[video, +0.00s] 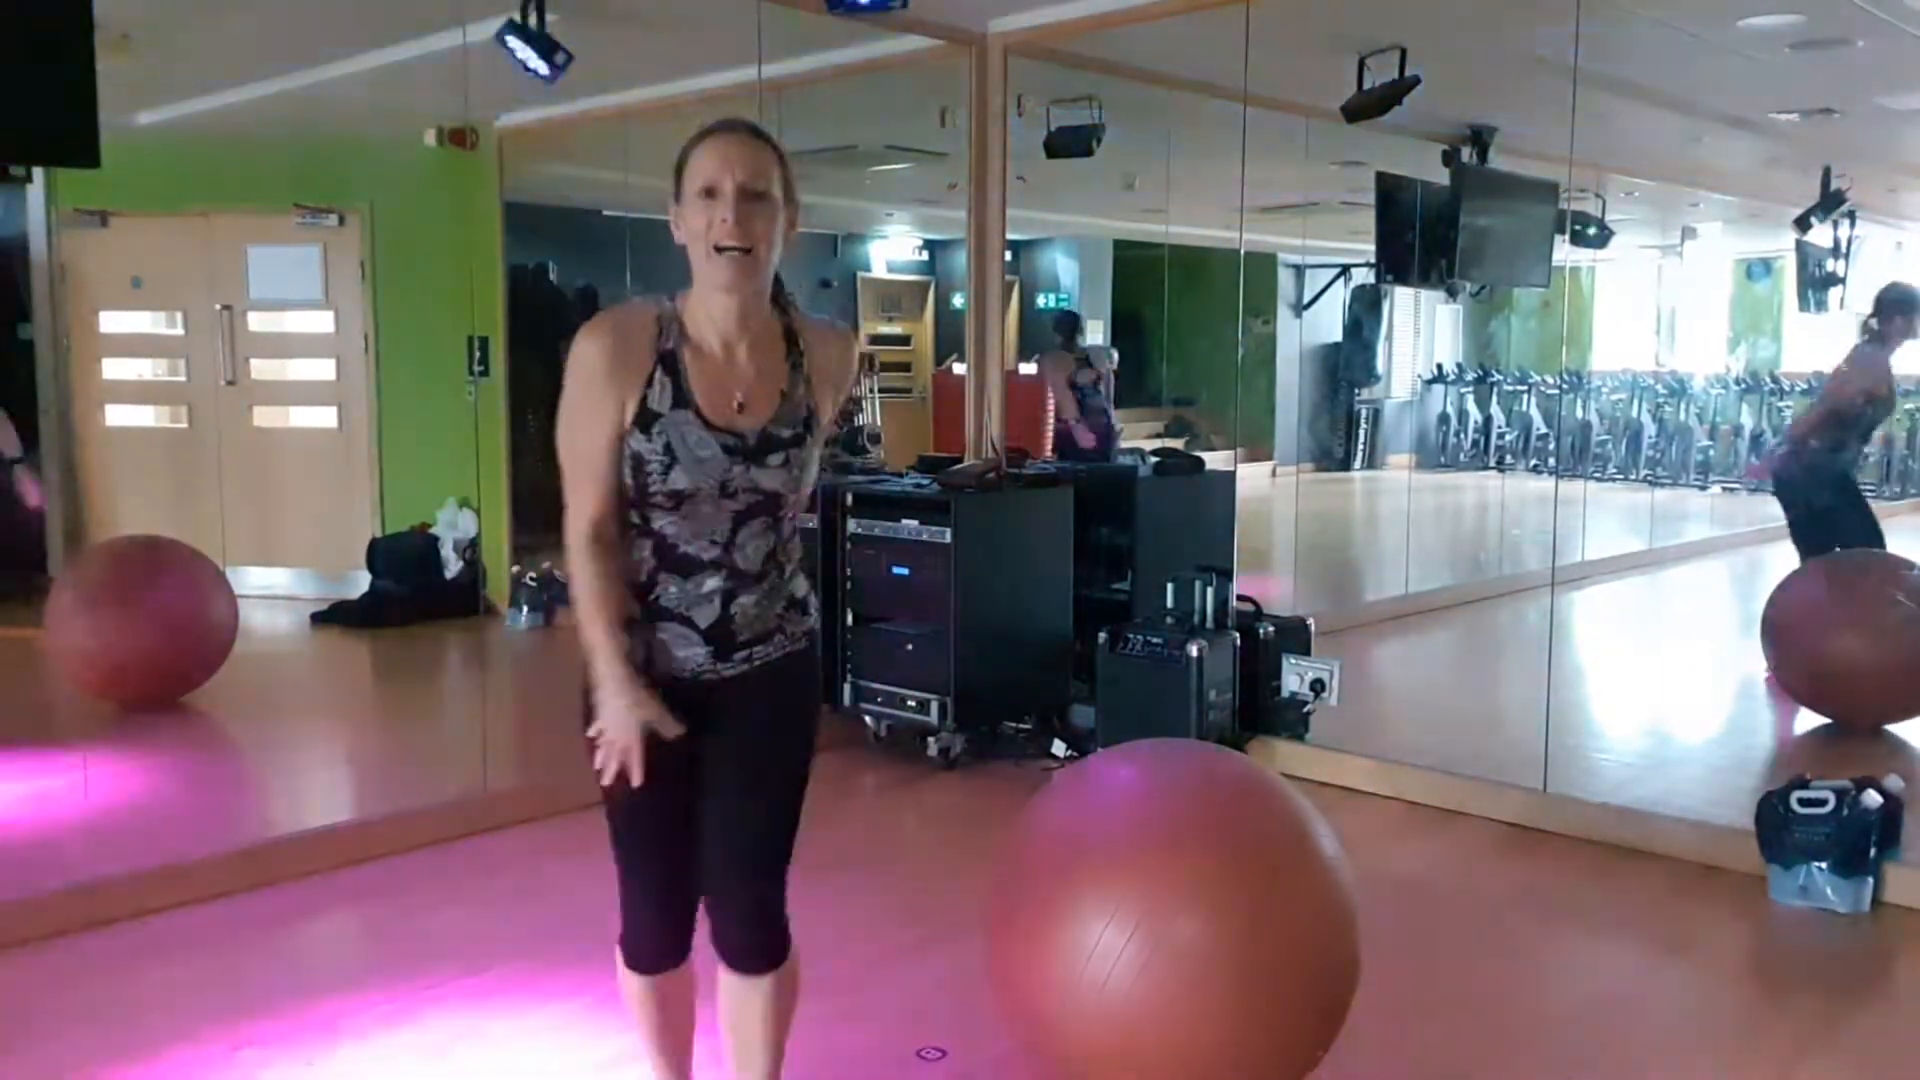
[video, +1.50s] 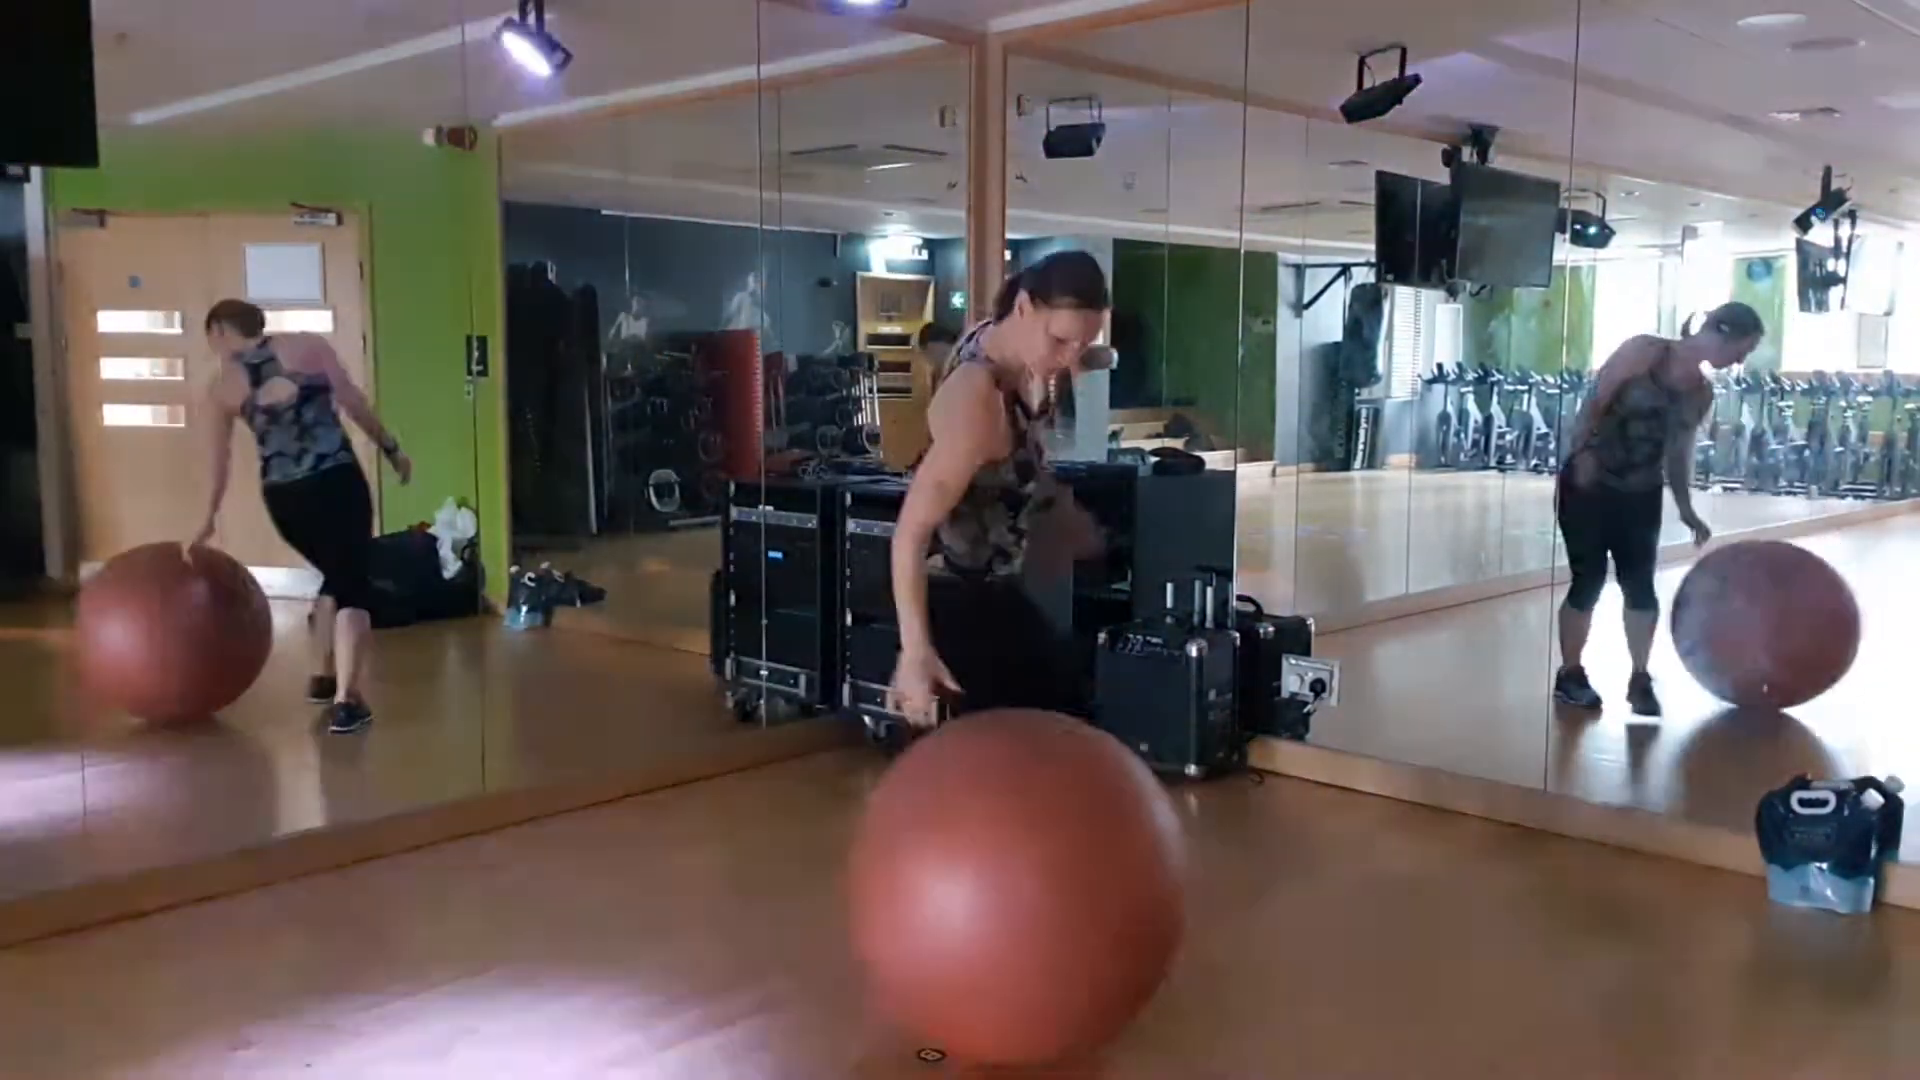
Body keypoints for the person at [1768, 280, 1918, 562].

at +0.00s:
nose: (1917, 325)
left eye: (1916, 316)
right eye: (1914, 317)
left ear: (1891, 321)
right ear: (1896, 321)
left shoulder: (1866, 355)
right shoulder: (1874, 359)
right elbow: (1834, 405)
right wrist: (1797, 437)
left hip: (1794, 467)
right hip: (1819, 468)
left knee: (1818, 562)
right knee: (1868, 553)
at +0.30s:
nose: (1870, 312)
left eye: (1869, 304)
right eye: (1864, 304)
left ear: (1837, 306)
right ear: (1841, 305)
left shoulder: (1825, 355)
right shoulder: (1809, 352)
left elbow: (1809, 421)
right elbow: (1782, 412)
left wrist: (1808, 477)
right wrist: (1758, 468)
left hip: (1801, 472)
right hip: (1782, 471)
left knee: (1787, 569)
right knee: (1777, 569)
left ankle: (1784, 660)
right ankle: (1713, 643)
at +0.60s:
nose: (1818, 321)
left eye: (1825, 314)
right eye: (1815, 310)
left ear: (1823, 314)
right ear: (1791, 302)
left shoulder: (1810, 364)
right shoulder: (1740, 344)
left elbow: (1815, 433)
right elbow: (1724, 409)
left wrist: (1817, 487)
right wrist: (1769, 443)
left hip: (1772, 473)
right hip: (1720, 467)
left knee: (1780, 571)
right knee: (1724, 564)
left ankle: (1774, 657)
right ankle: (1700, 652)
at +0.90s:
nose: (1809, 348)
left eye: (1814, 342)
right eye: (1808, 338)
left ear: (1807, 337)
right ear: (1787, 324)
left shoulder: (1794, 387)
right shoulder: (1717, 351)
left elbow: (1814, 448)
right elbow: (1675, 405)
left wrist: (1836, 507)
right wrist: (1667, 445)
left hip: (1740, 473)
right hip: (1687, 467)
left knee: (1741, 579)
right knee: (1690, 571)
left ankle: (1746, 668)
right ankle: (1683, 639)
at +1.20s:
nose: (1774, 365)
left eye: (1780, 357)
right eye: (1774, 353)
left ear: (1771, 351)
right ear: (1751, 338)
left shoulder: (1753, 395)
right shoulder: (1676, 350)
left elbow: (1776, 460)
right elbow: (1632, 399)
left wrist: (1811, 517)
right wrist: (1600, 439)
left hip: (1680, 480)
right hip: (1626, 470)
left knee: (1697, 582)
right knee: (1610, 572)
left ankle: (1734, 667)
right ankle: (1576, 670)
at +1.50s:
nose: (1739, 362)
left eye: (1744, 355)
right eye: (1740, 351)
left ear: (1724, 340)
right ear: (1719, 332)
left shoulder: (1699, 394)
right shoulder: (1643, 352)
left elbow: (1678, 454)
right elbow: (1593, 403)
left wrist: (1687, 511)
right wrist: (1581, 452)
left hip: (1640, 493)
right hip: (1587, 483)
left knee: (1640, 587)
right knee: (1588, 578)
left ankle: (1640, 678)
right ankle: (1570, 673)